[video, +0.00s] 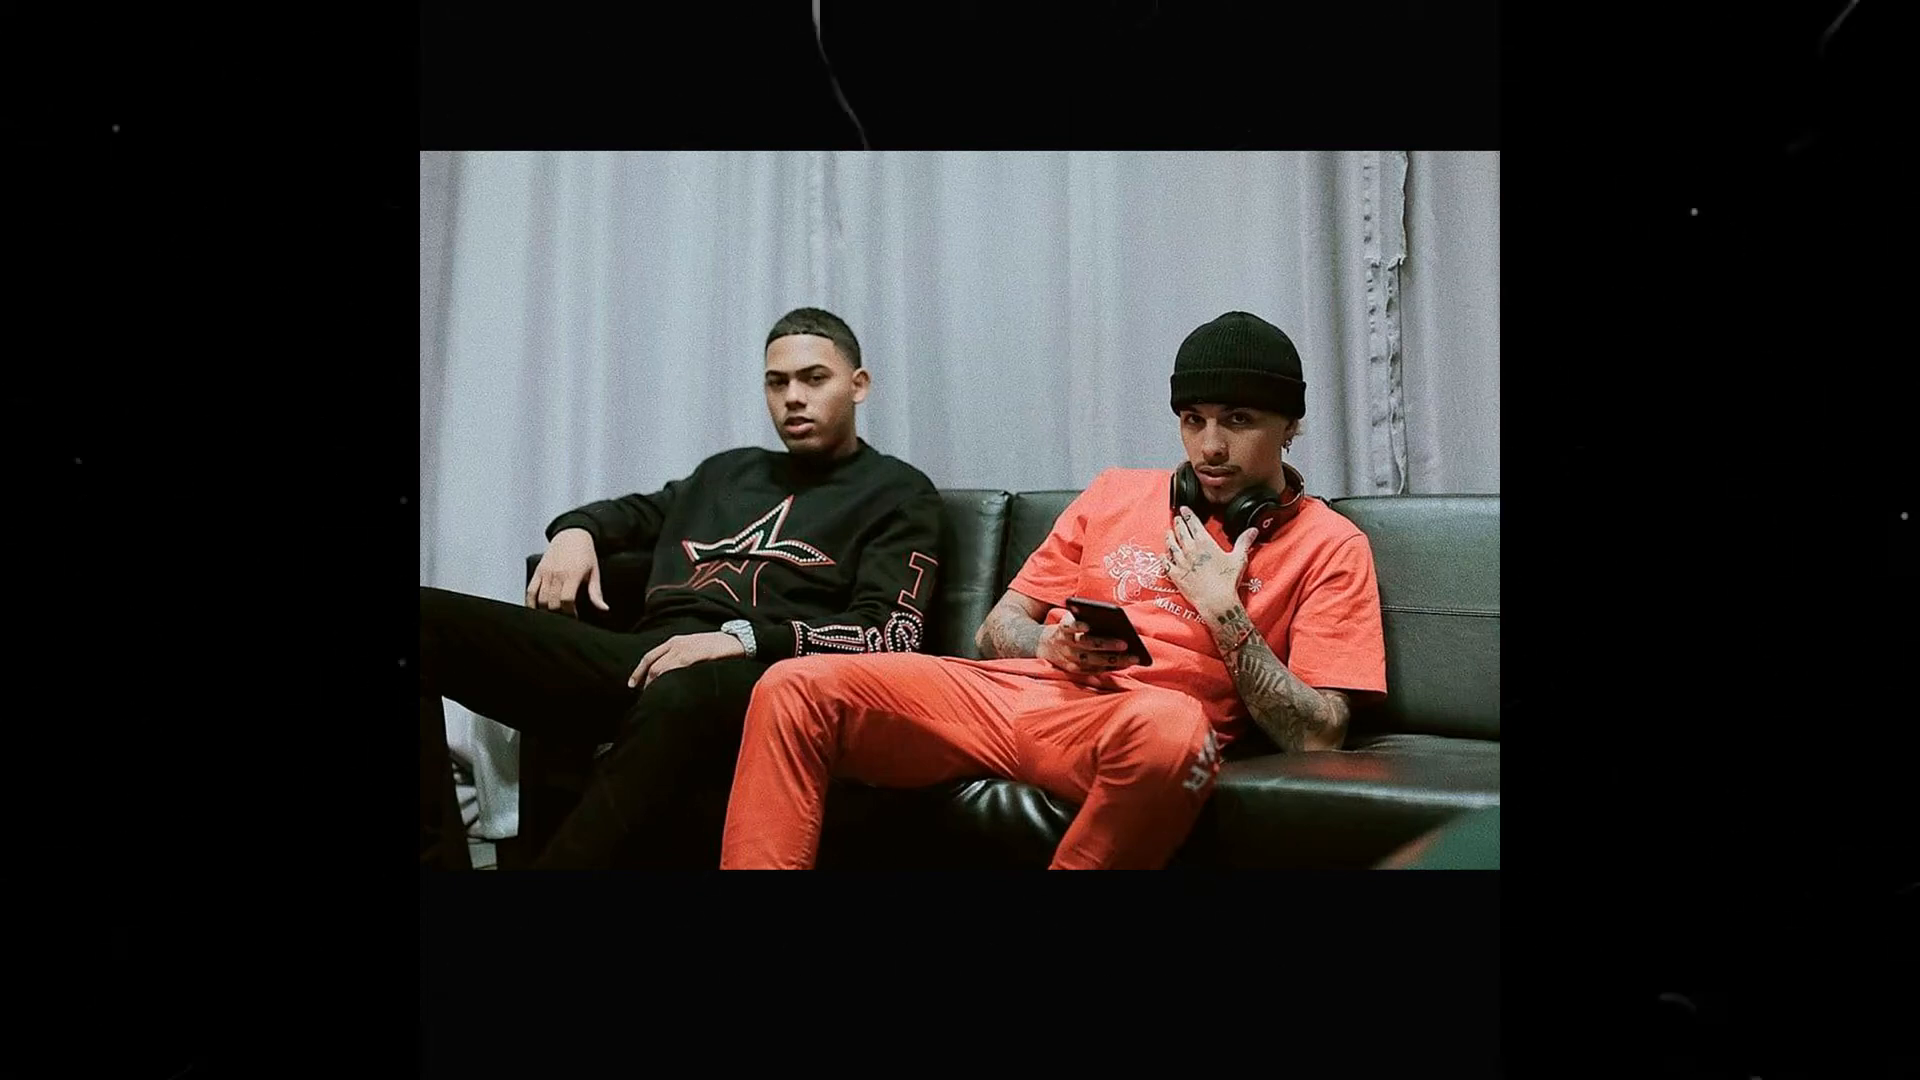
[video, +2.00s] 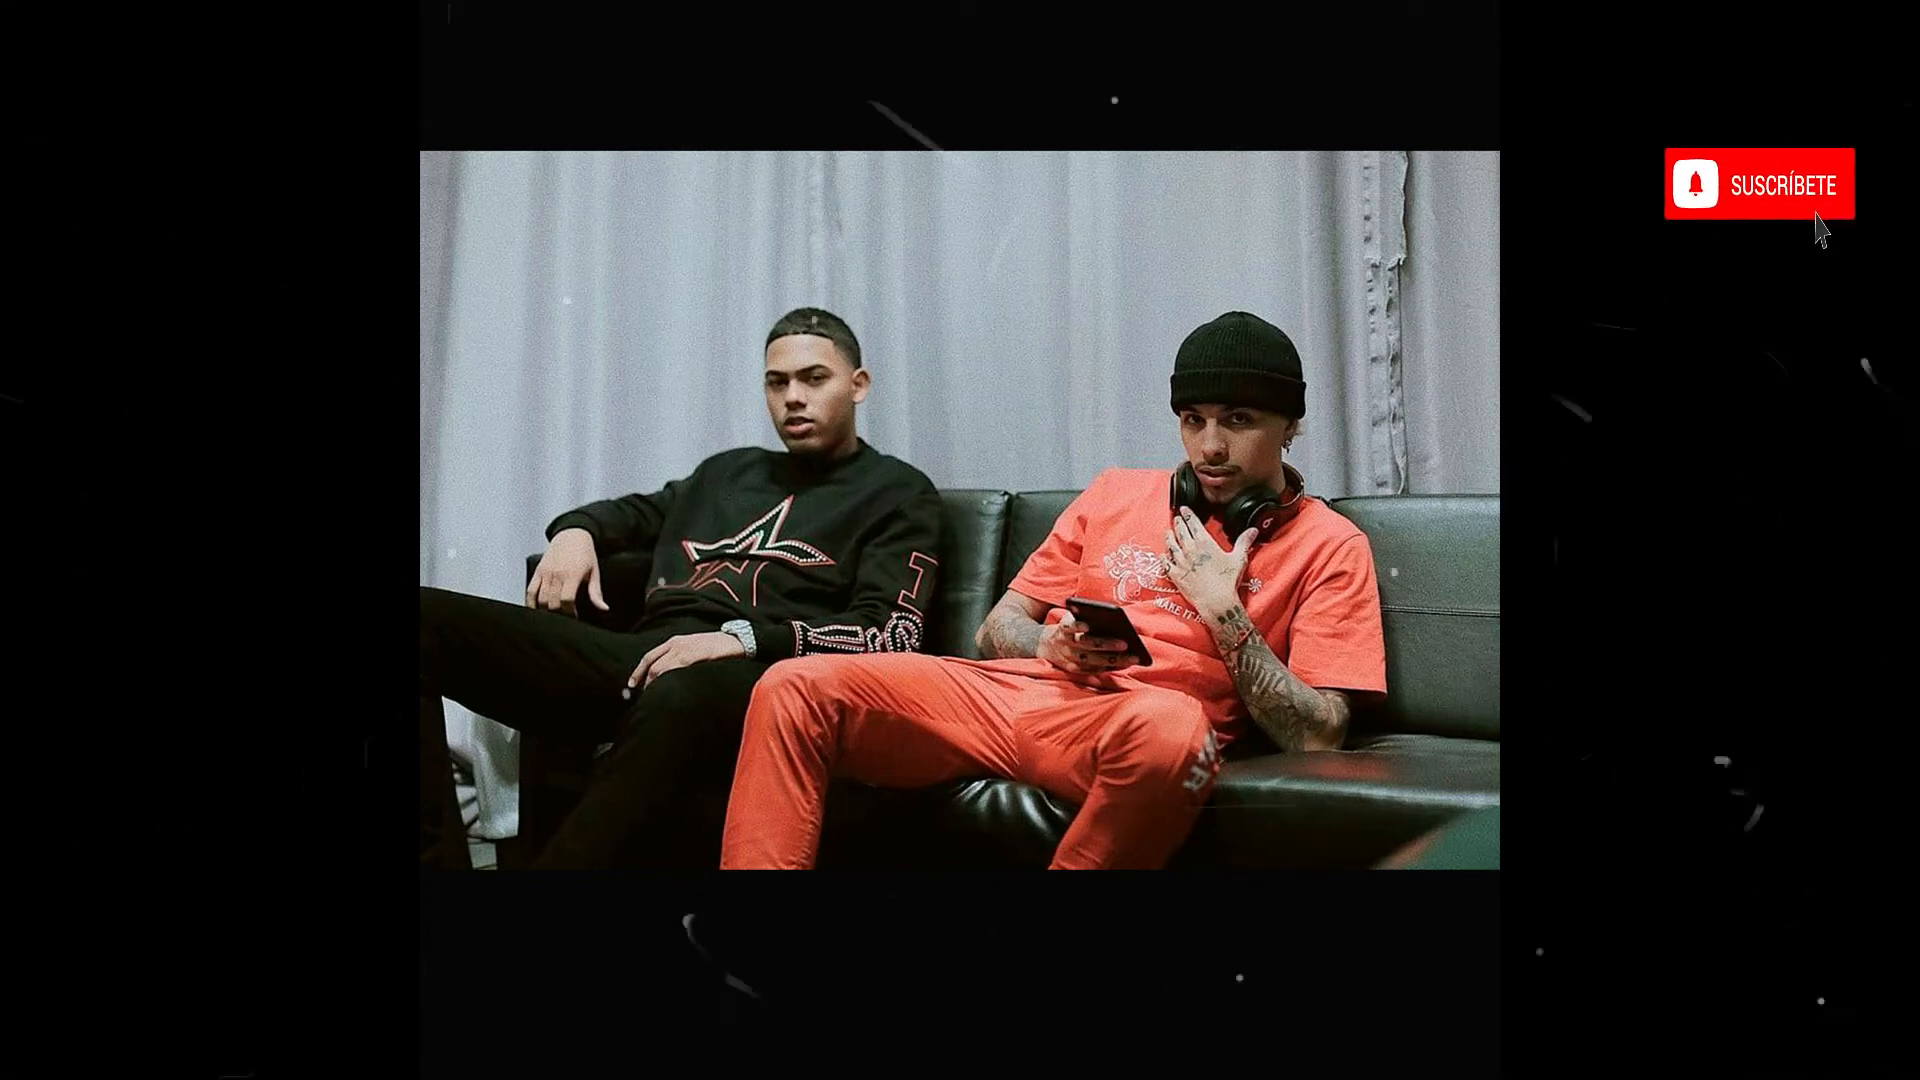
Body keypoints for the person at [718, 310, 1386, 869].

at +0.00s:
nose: (1210, 445)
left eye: (1237, 421)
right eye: (1195, 419)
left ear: (1288, 428)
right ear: (1179, 422)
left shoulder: (1328, 546)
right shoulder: (1117, 493)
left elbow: (1317, 735)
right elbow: (1000, 625)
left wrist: (1227, 615)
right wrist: (1052, 647)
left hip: (1132, 708)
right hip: (1014, 685)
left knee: (1170, 745)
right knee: (791, 694)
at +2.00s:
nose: (1210, 445)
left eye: (1238, 421)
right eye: (1195, 420)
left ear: (1288, 428)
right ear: (1178, 422)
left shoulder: (1328, 546)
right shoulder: (1117, 493)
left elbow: (1318, 736)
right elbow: (999, 626)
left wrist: (1227, 615)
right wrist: (1052, 646)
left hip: (1132, 707)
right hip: (1014, 685)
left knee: (1170, 745)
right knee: (792, 693)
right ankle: (750, 949)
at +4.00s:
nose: (1210, 445)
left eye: (1238, 421)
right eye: (1195, 419)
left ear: (1288, 429)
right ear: (1179, 422)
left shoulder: (1329, 546)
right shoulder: (1118, 493)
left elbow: (1318, 734)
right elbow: (999, 626)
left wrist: (1227, 615)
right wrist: (1051, 647)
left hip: (1131, 708)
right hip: (1014, 685)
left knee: (1171, 745)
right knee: (792, 693)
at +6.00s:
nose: (1210, 445)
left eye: (1238, 421)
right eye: (1196, 419)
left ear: (1289, 429)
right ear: (1179, 422)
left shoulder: (1328, 546)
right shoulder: (1118, 492)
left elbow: (1318, 734)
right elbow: (999, 626)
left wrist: (1226, 614)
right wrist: (1050, 647)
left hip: (1130, 709)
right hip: (1013, 685)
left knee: (1171, 746)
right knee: (792, 693)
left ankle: (1036, 960)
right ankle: (758, 925)